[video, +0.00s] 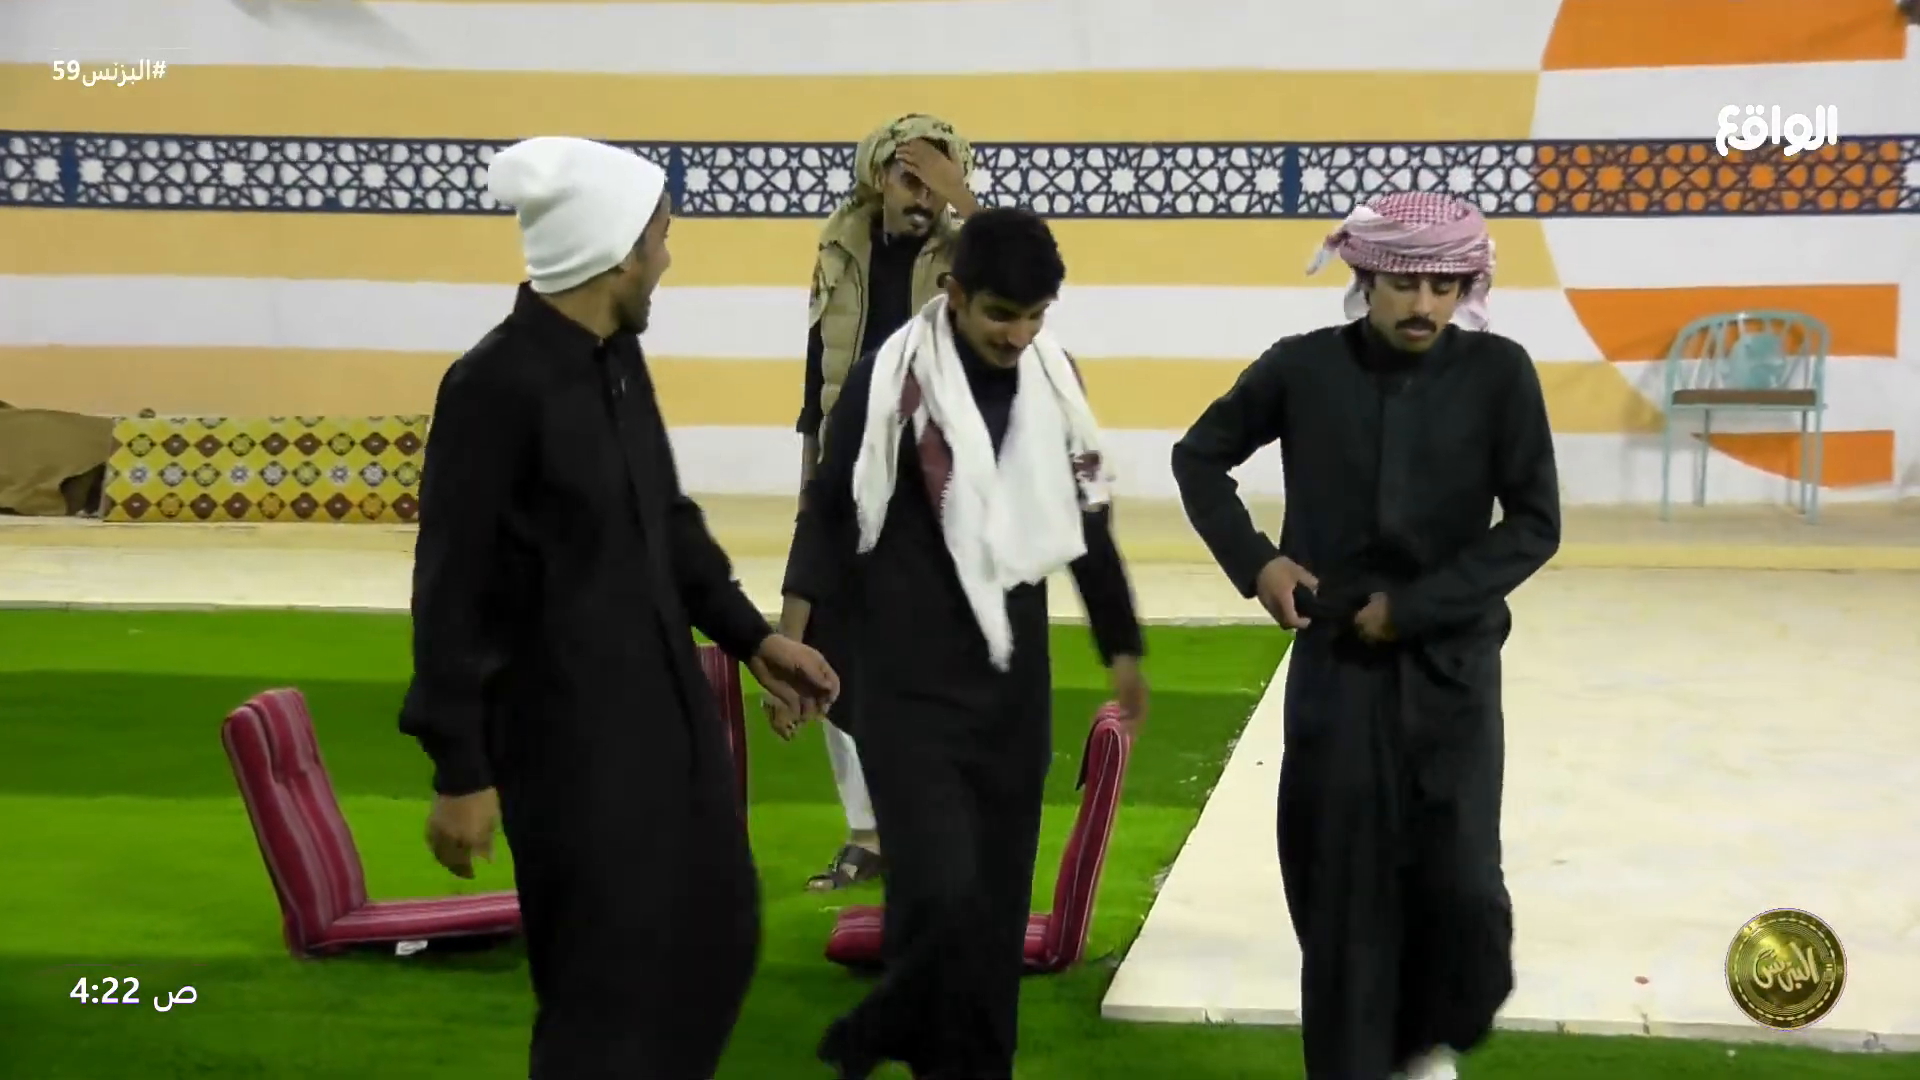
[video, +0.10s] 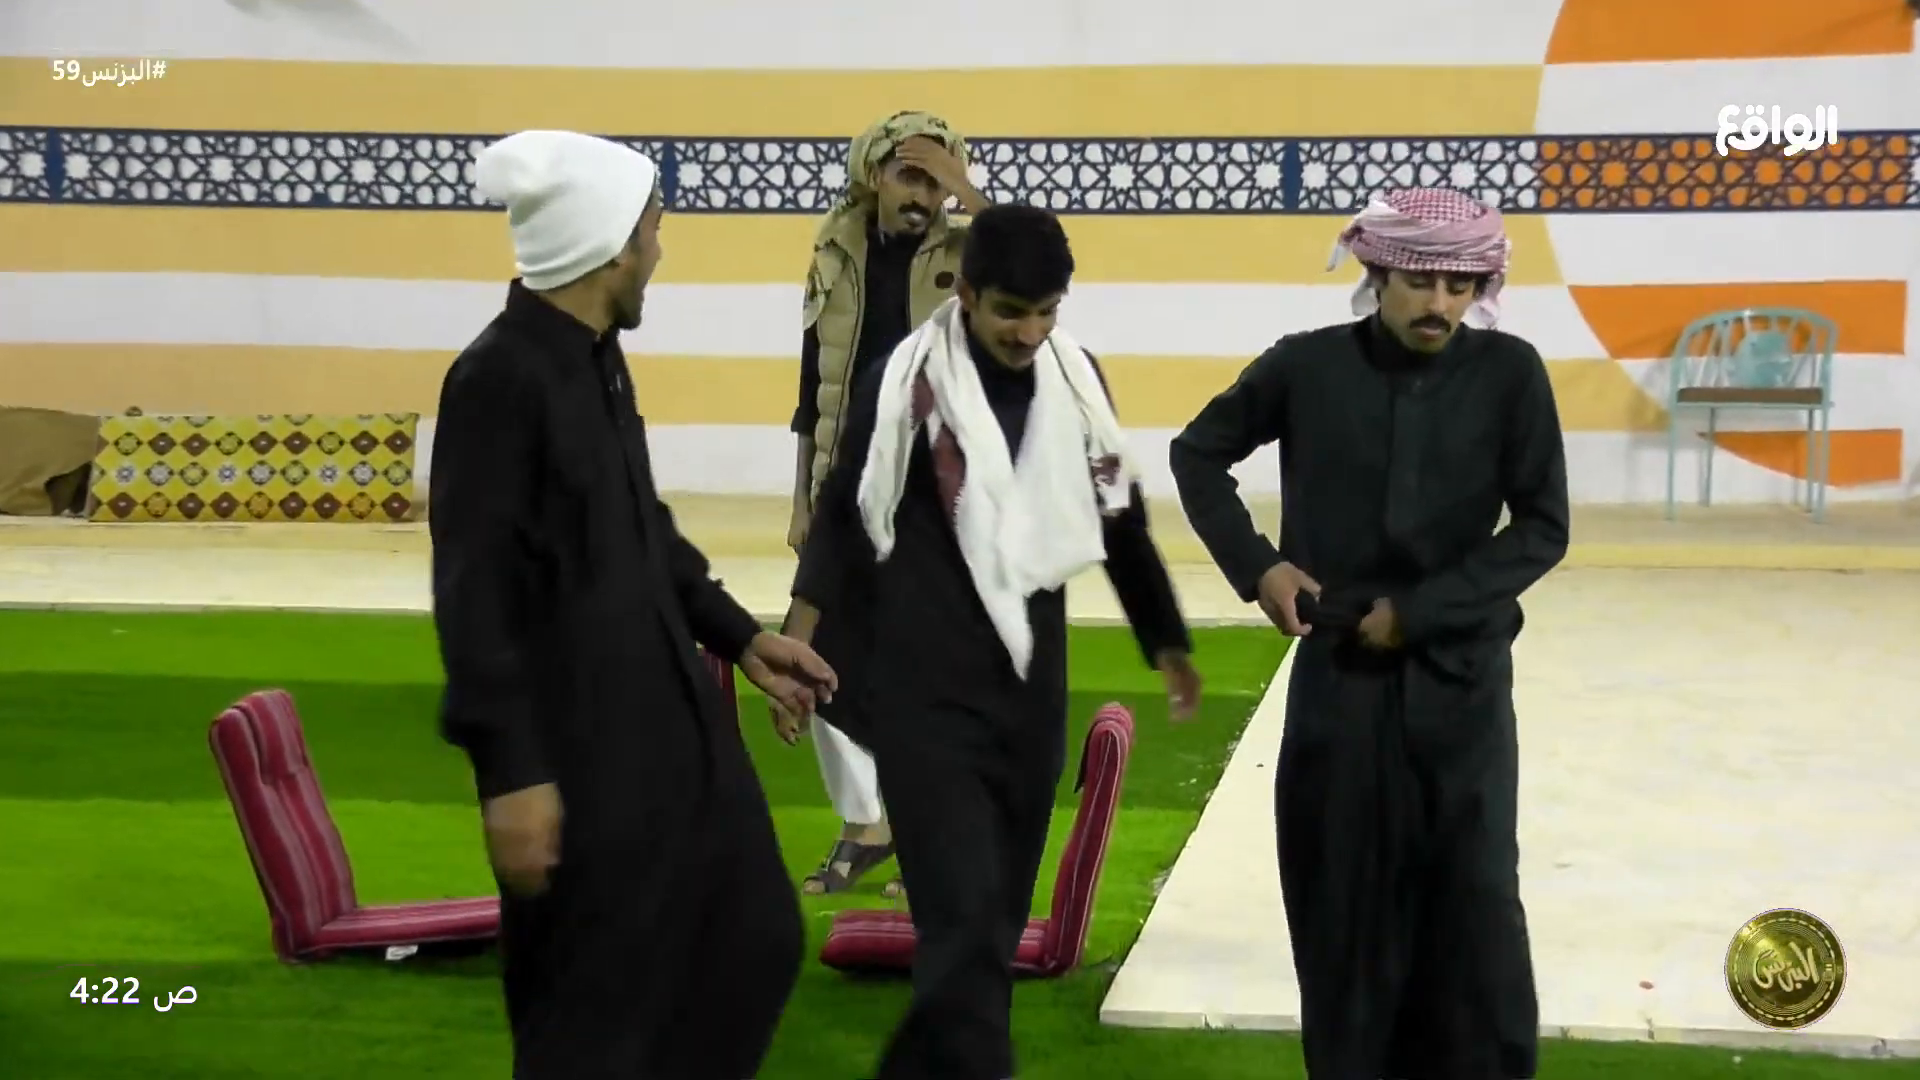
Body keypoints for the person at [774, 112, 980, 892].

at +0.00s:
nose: (918, 201)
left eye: (931, 188)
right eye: (904, 183)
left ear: (952, 191)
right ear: (874, 179)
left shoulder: (968, 252)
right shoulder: (842, 243)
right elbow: (821, 356)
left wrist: (964, 211)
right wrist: (813, 465)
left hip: (942, 493)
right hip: (849, 489)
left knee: (932, 651)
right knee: (842, 650)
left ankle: (935, 830)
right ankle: (865, 831)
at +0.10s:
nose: (919, 197)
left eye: (933, 183)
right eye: (906, 176)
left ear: (949, 187)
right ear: (871, 173)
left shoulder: (964, 249)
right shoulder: (837, 245)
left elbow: (1021, 289)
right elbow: (815, 379)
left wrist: (973, 205)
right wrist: (802, 498)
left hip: (939, 495)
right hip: (845, 492)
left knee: (930, 659)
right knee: (828, 654)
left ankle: (939, 828)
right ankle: (863, 822)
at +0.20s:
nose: (908, 193)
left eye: (923, 179)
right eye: (894, 173)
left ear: (941, 184)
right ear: (860, 170)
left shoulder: (960, 244)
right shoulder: (829, 239)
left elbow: (1019, 286)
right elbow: (806, 370)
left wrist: (970, 199)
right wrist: (792, 488)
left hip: (935, 495)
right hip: (844, 493)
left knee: (937, 672)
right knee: (817, 659)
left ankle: (933, 850)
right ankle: (850, 833)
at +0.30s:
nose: (906, 195)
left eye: (920, 180)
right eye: (891, 176)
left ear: (937, 179)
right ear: (855, 171)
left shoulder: (957, 244)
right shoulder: (820, 240)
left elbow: (1012, 312)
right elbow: (795, 372)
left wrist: (963, 217)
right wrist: (784, 493)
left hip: (931, 503)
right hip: (837, 501)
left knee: (932, 677)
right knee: (802, 668)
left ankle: (930, 848)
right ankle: (825, 852)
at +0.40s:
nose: (890, 207)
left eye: (902, 195)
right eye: (877, 192)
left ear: (921, 189)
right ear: (840, 180)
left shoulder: (936, 247)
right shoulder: (796, 252)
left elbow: (992, 291)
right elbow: (769, 386)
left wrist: (931, 201)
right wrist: (765, 507)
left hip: (915, 507)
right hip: (820, 507)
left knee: (910, 687)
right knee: (804, 682)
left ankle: (917, 859)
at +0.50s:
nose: (879, 200)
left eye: (888, 185)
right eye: (863, 185)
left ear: (903, 184)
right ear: (819, 182)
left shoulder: (921, 254)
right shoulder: (775, 263)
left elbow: (993, 315)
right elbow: (753, 385)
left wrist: (927, 228)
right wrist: (749, 494)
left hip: (903, 510)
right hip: (804, 512)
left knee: (902, 680)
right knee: (788, 680)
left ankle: (910, 862)